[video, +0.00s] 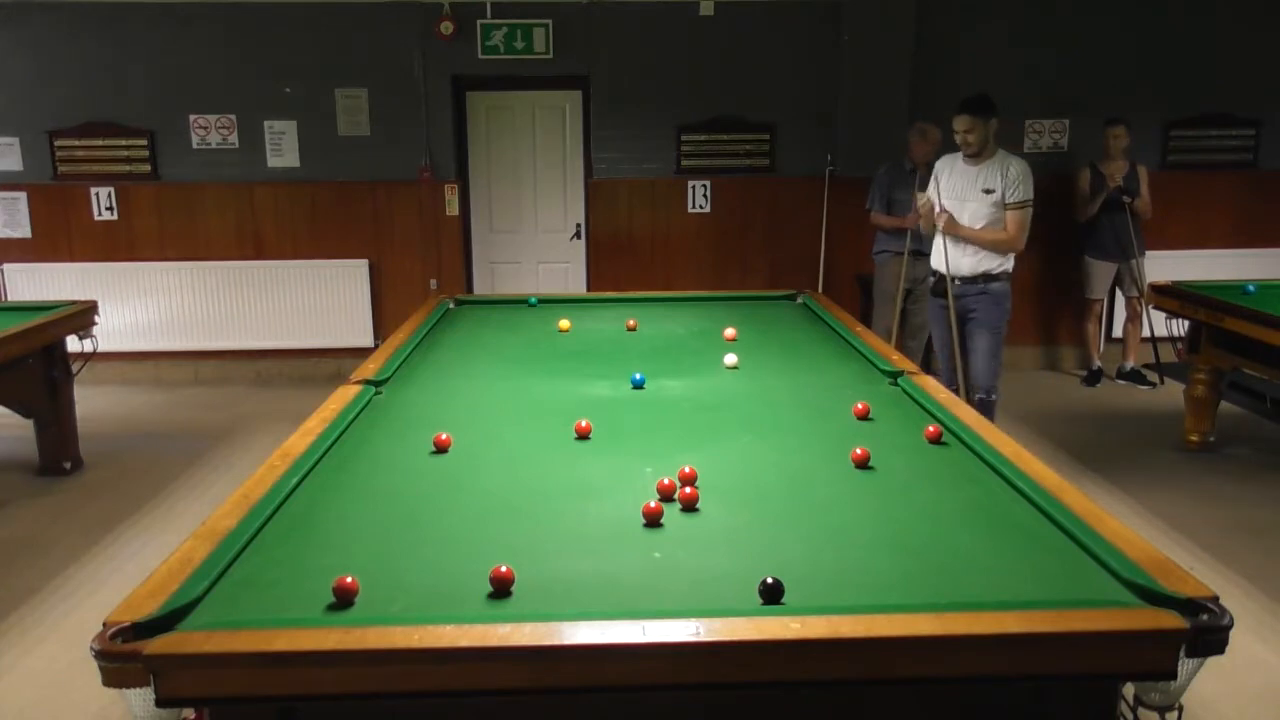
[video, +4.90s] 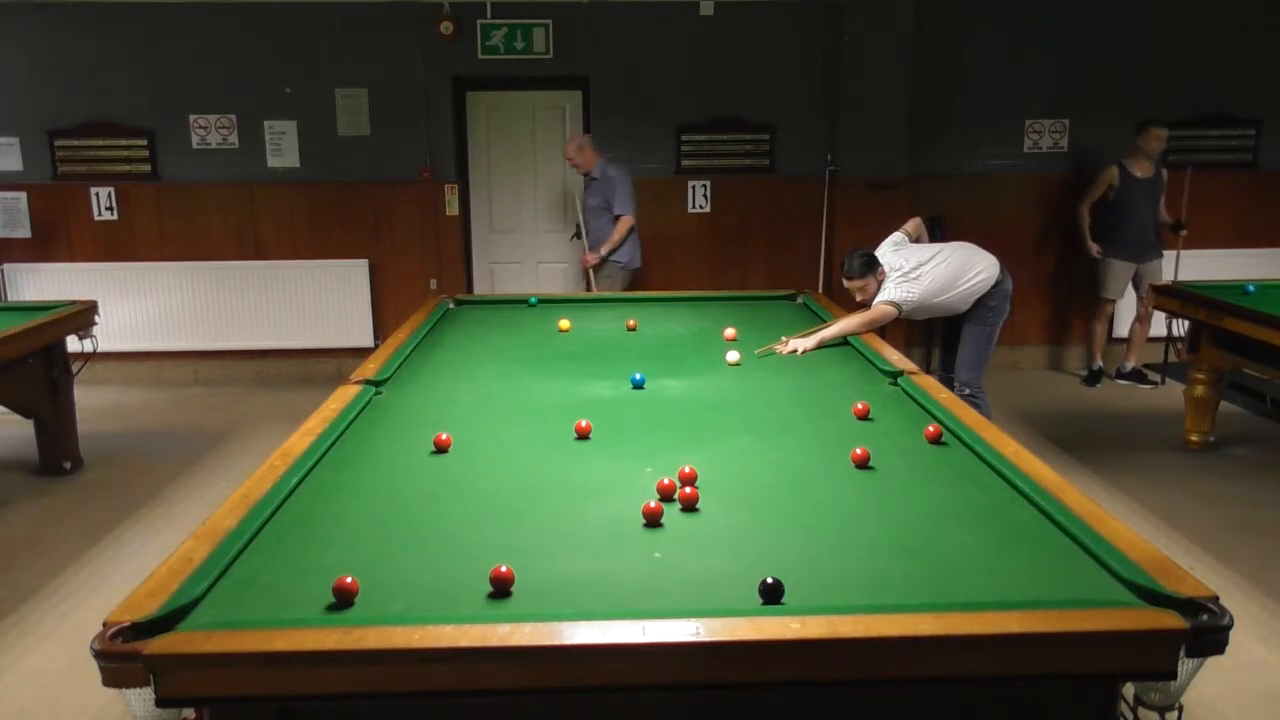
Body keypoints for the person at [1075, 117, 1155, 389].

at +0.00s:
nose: (1117, 142)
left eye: (1121, 137)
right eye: (1112, 137)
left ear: (1128, 140)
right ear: (1104, 140)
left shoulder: (1138, 171)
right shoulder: (1089, 172)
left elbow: (1146, 211)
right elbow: (1082, 214)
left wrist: (1130, 196)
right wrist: (1105, 191)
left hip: (1131, 250)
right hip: (1099, 250)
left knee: (1135, 309)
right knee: (1093, 309)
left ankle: (1128, 366)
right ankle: (1094, 365)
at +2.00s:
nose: (1125, 145)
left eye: (1129, 140)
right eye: (1120, 139)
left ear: (1132, 142)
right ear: (1107, 140)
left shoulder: (1137, 171)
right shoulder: (1089, 172)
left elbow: (1147, 211)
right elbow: (1083, 214)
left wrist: (1131, 197)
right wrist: (1106, 191)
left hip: (1132, 250)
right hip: (1100, 250)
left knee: (1136, 309)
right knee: (1094, 309)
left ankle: (1128, 366)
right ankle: (1094, 365)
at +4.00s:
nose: (1127, 145)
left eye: (1131, 140)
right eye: (1122, 140)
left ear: (1134, 142)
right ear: (1108, 140)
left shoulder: (1138, 171)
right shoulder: (1089, 172)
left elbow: (1147, 211)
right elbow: (1083, 214)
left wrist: (1132, 197)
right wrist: (1106, 191)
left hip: (1132, 250)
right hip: (1100, 250)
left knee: (1136, 309)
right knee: (1094, 309)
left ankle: (1128, 367)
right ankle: (1094, 365)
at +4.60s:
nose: (1138, 145)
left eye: (1142, 140)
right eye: (1133, 139)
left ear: (1145, 143)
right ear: (1118, 140)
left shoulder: (1146, 174)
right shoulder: (1097, 173)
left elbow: (1149, 217)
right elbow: (1078, 213)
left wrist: (1154, 208)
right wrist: (1098, 230)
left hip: (1137, 252)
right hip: (1104, 252)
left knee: (1140, 310)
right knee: (1096, 309)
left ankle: (1127, 367)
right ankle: (1094, 365)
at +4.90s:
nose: (1160, 145)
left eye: (1163, 140)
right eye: (1155, 139)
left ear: (1165, 144)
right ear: (1140, 140)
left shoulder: (1161, 174)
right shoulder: (1115, 172)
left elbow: (1159, 208)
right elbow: (1085, 206)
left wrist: (1172, 225)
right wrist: (1088, 241)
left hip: (1150, 253)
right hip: (1118, 252)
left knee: (1146, 311)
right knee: (1105, 310)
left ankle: (1129, 366)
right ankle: (1095, 365)